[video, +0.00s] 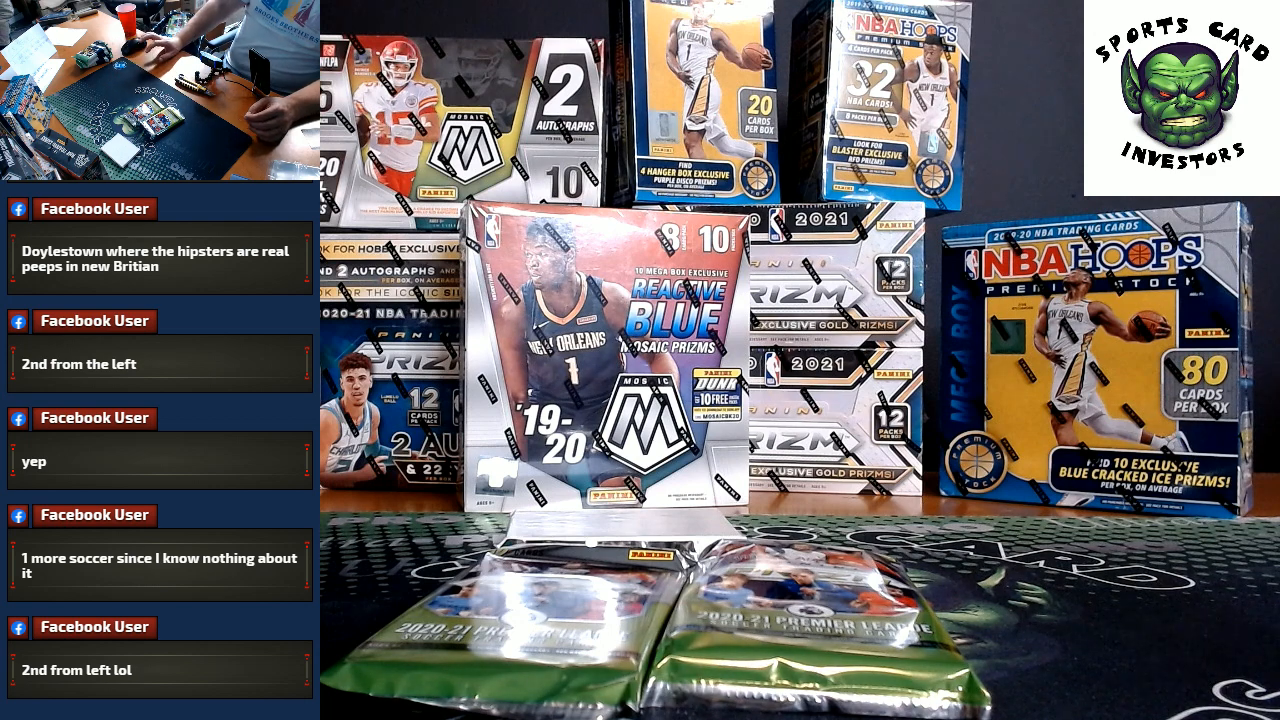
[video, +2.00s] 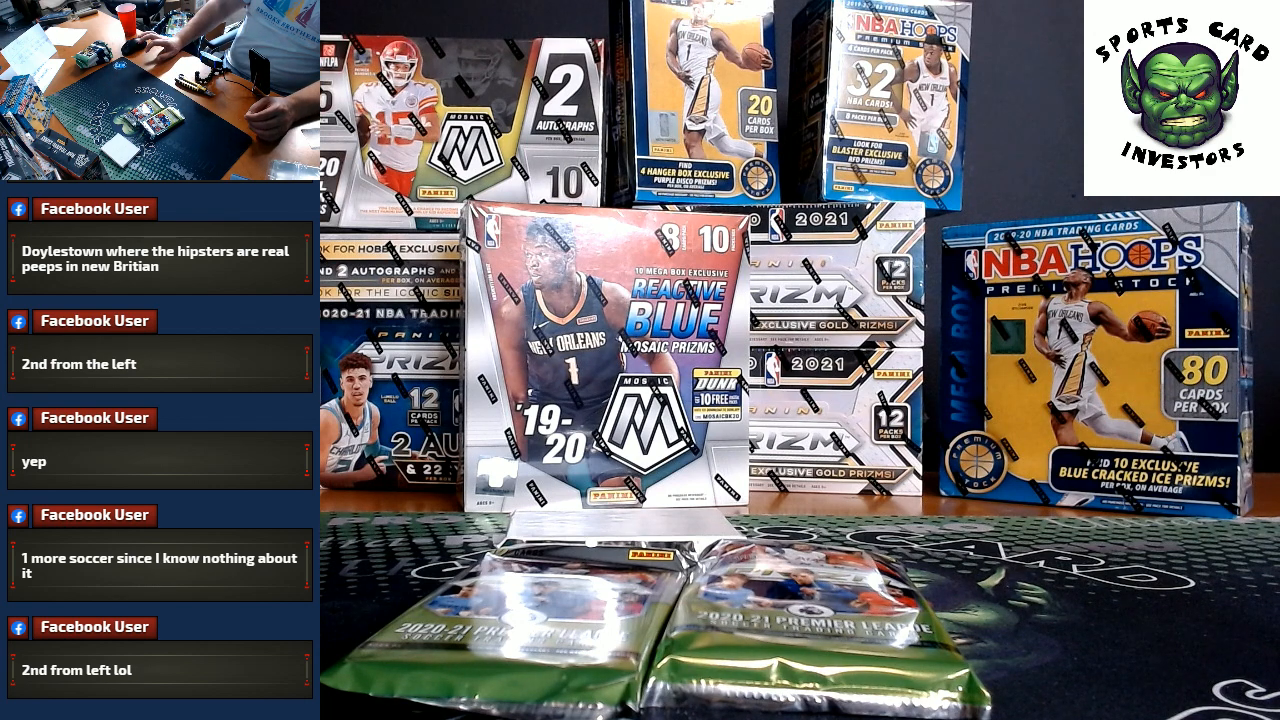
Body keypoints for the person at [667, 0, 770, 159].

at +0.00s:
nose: (697, 8)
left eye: (703, 6)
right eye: (695, 5)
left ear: (711, 12)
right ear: (691, 7)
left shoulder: (715, 34)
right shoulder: (678, 24)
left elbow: (740, 60)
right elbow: (670, 53)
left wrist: (764, 63)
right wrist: (678, 72)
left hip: (705, 87)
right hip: (692, 88)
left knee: (692, 141)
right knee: (725, 145)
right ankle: (767, 158)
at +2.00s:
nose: (697, 9)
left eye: (702, 6)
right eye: (694, 5)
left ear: (711, 12)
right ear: (691, 8)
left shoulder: (715, 34)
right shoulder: (678, 25)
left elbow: (739, 60)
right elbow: (670, 53)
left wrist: (764, 63)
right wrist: (678, 72)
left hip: (705, 87)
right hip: (692, 88)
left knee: (692, 141)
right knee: (725, 145)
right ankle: (767, 158)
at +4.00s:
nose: (697, 9)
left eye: (702, 6)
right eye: (695, 5)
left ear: (711, 11)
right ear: (691, 8)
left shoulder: (715, 34)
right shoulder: (678, 24)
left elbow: (739, 59)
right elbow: (670, 54)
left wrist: (764, 62)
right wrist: (678, 72)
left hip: (705, 87)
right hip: (692, 88)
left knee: (692, 141)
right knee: (725, 145)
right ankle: (765, 157)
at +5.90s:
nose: (696, 9)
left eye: (699, 5)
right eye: (692, 5)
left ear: (705, 8)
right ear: (686, 6)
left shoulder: (714, 32)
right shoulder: (678, 24)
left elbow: (738, 57)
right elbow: (670, 52)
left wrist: (763, 60)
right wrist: (678, 70)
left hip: (706, 85)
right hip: (692, 86)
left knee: (692, 140)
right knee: (724, 142)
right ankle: (760, 152)